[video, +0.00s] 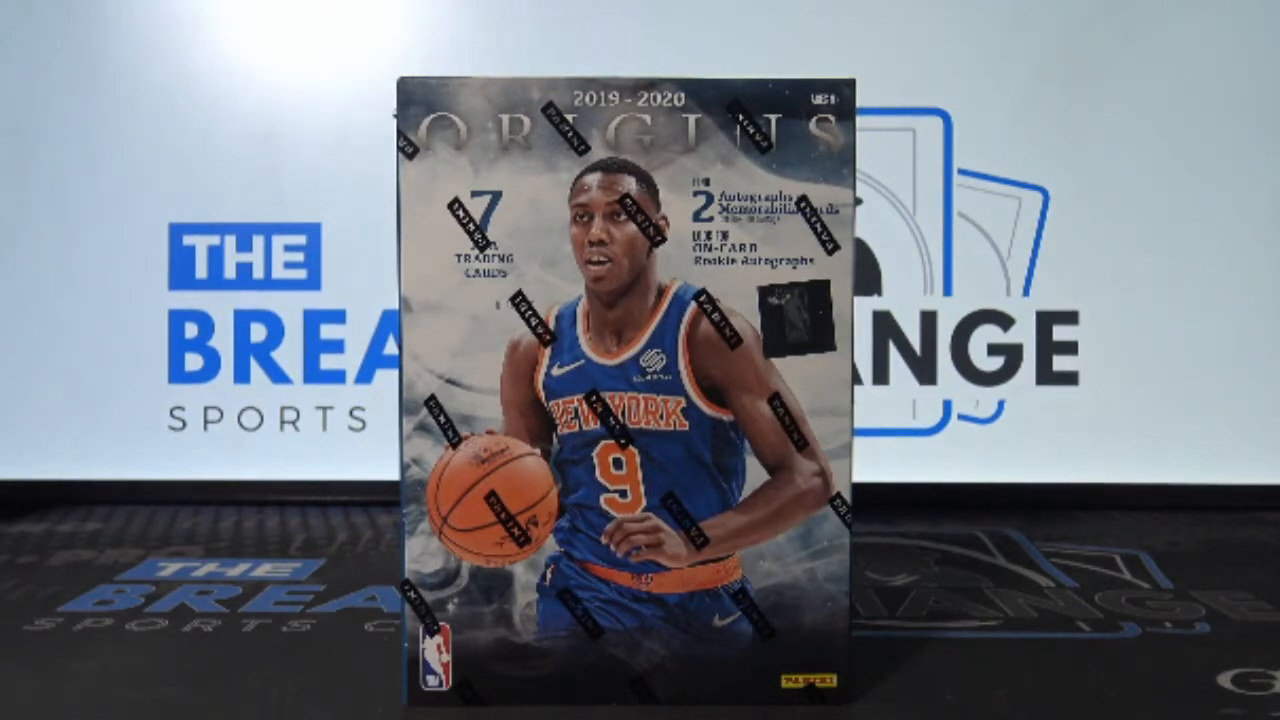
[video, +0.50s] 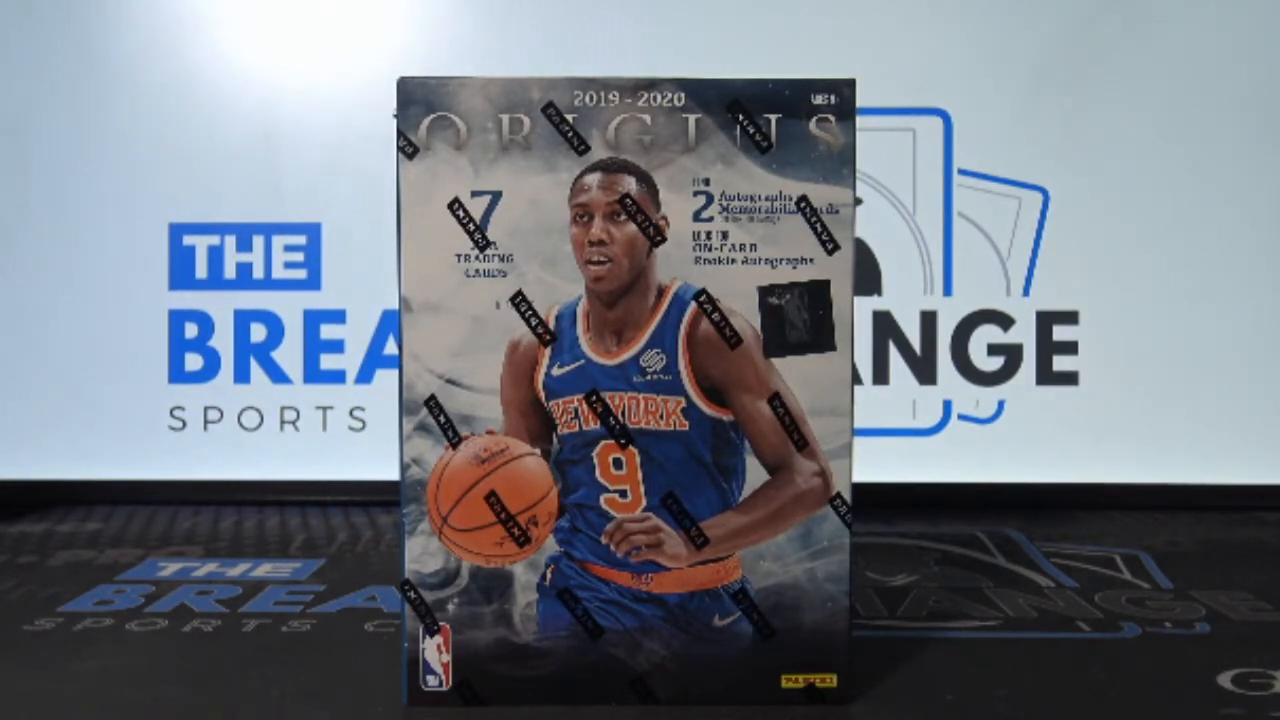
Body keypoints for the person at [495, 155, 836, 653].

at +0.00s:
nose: (595, 235)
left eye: (617, 216)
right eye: (582, 218)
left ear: (657, 229)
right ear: (570, 231)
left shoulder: (712, 334)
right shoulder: (534, 352)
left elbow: (810, 475)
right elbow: (526, 488)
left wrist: (695, 543)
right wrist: (476, 472)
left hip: (697, 613)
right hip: (582, 606)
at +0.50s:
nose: (595, 235)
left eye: (617, 216)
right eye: (582, 218)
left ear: (657, 230)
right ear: (570, 232)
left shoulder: (712, 334)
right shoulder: (534, 353)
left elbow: (809, 476)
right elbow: (525, 488)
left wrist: (695, 543)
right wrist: (475, 473)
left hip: (697, 612)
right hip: (582, 605)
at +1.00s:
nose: (595, 235)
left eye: (617, 216)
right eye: (582, 218)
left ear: (657, 230)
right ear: (569, 232)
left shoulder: (712, 334)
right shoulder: (534, 352)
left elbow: (810, 477)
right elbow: (529, 489)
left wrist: (696, 542)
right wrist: (486, 469)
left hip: (699, 613)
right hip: (583, 606)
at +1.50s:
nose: (595, 235)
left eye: (617, 216)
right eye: (582, 218)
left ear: (657, 230)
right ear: (569, 232)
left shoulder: (712, 334)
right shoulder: (535, 352)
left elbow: (810, 477)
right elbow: (530, 489)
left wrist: (696, 542)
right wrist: (485, 469)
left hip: (699, 613)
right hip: (584, 605)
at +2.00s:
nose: (595, 235)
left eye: (617, 216)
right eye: (582, 218)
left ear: (657, 230)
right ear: (570, 232)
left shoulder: (712, 334)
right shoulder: (534, 352)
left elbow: (809, 476)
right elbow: (529, 488)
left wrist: (696, 542)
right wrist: (480, 472)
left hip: (698, 614)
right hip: (583, 606)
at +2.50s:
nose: (595, 235)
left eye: (617, 216)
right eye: (582, 218)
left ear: (657, 230)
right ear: (569, 232)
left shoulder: (713, 335)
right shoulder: (535, 352)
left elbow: (810, 477)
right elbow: (530, 489)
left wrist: (696, 541)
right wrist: (485, 467)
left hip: (697, 614)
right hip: (582, 606)